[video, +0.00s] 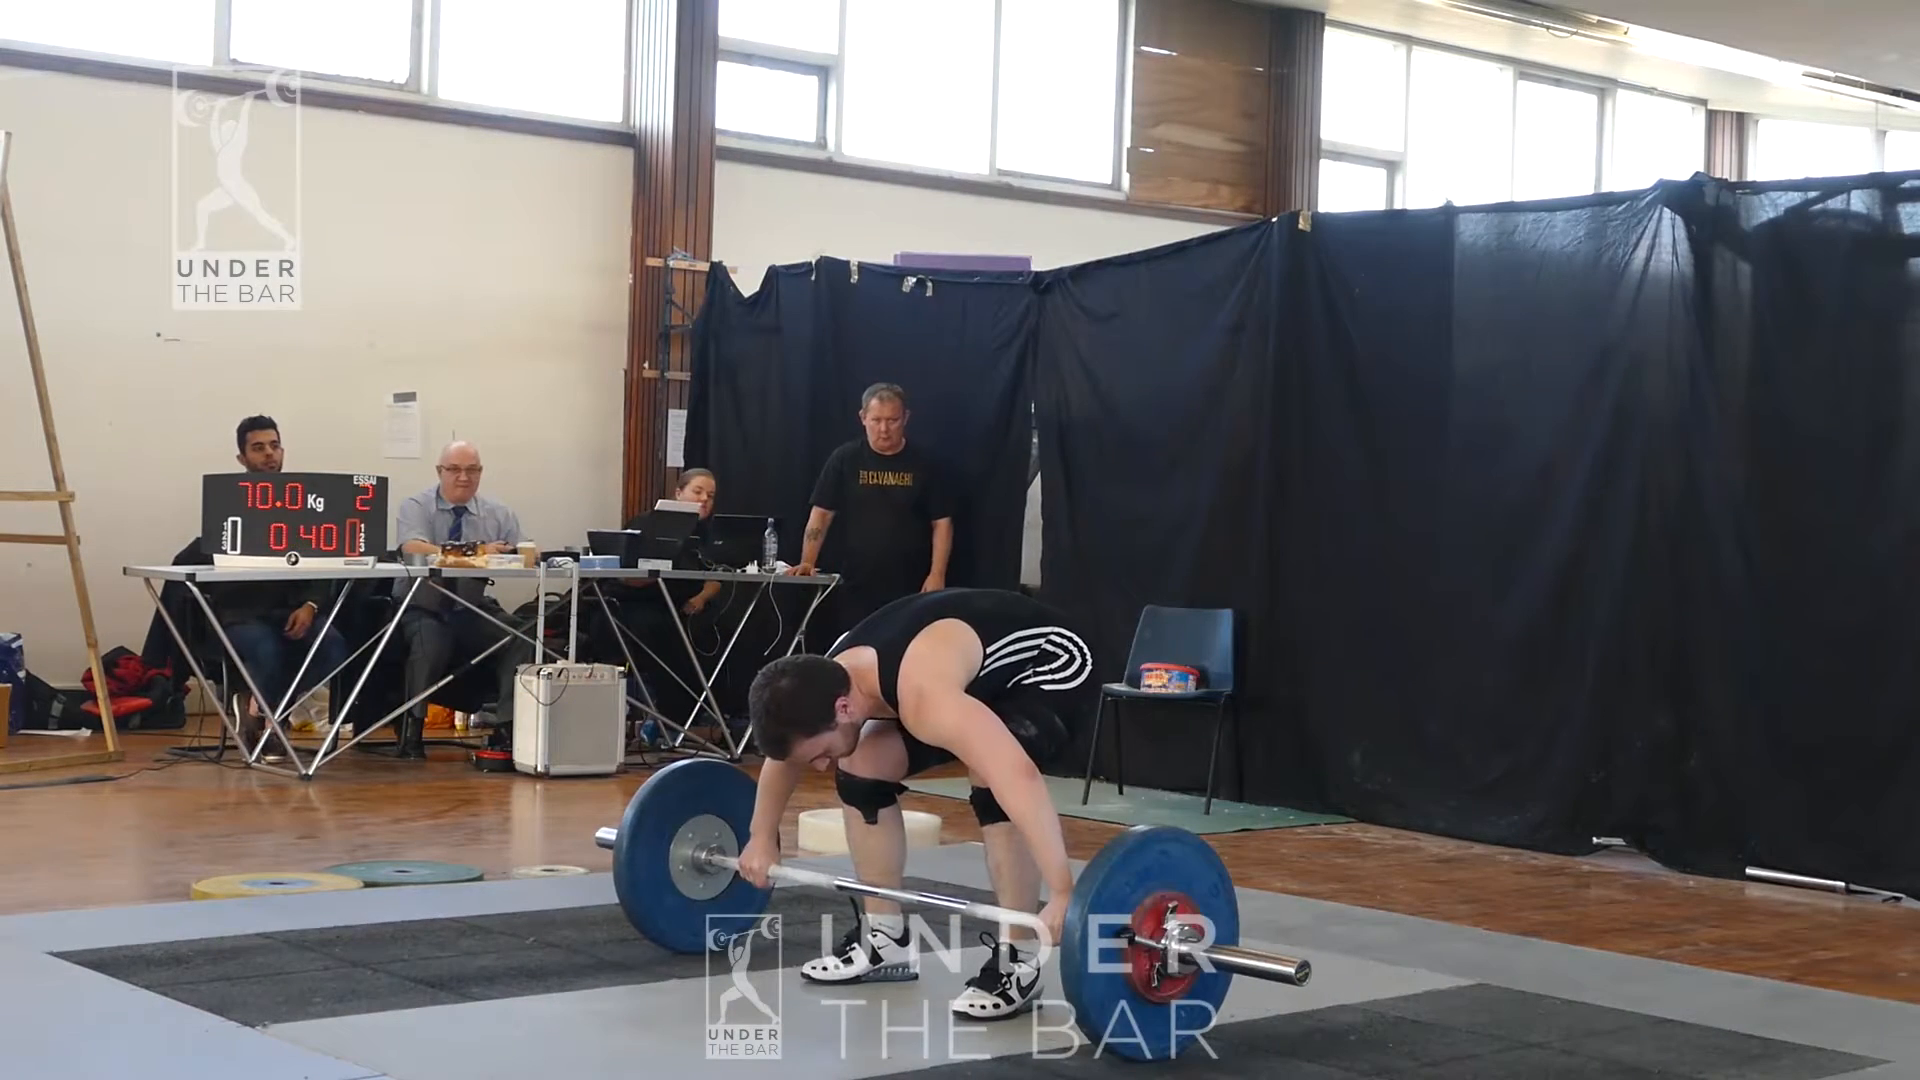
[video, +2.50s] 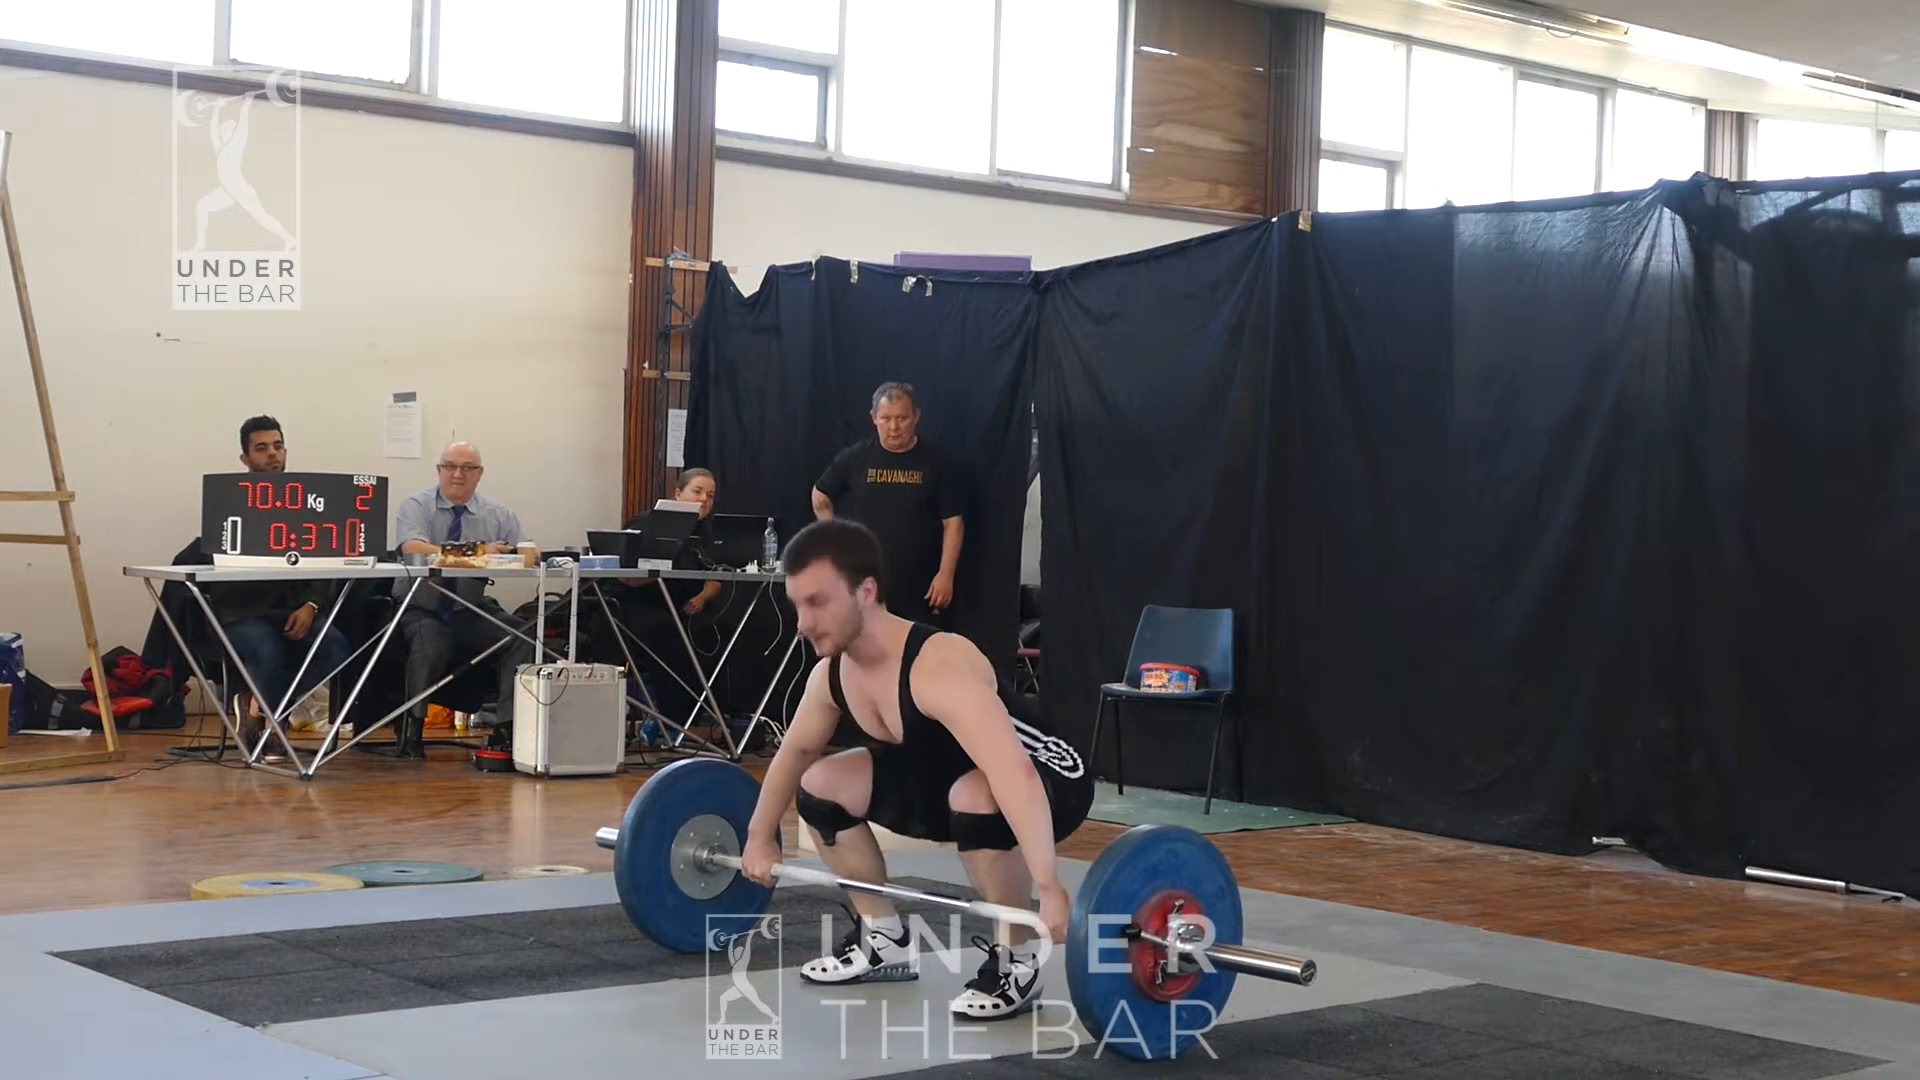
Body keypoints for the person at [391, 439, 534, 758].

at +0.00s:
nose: (463, 477)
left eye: (472, 470)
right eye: (454, 470)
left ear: (481, 473)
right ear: (439, 472)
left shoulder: (500, 514)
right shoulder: (416, 506)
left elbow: (530, 556)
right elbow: (413, 549)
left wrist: (503, 552)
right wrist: (470, 554)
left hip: (475, 608)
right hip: (424, 608)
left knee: (519, 638)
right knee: (430, 643)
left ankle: (507, 730)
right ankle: (412, 732)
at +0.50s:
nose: (463, 477)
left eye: (472, 470)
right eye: (454, 470)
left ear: (481, 474)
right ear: (439, 472)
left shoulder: (500, 514)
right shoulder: (416, 506)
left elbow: (531, 556)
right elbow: (413, 549)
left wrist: (503, 552)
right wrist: (470, 554)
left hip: (475, 609)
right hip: (424, 608)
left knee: (519, 637)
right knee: (430, 643)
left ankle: (507, 730)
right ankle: (412, 733)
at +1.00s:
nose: (453, 475)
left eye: (463, 469)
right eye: (446, 467)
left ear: (479, 475)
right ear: (438, 470)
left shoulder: (500, 514)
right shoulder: (416, 506)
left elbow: (530, 556)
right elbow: (412, 548)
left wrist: (503, 552)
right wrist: (466, 555)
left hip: (475, 608)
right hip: (423, 608)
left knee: (519, 637)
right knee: (430, 643)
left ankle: (507, 731)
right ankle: (412, 734)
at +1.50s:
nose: (453, 474)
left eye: (463, 468)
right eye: (446, 466)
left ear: (479, 474)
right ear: (438, 469)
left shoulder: (499, 514)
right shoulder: (416, 505)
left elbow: (530, 555)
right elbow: (411, 546)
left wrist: (501, 552)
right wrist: (464, 554)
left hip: (475, 608)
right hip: (423, 607)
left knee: (519, 638)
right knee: (430, 643)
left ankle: (507, 731)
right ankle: (412, 734)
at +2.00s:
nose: (453, 474)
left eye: (463, 468)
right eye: (447, 466)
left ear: (479, 474)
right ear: (438, 469)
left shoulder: (499, 514)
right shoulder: (416, 505)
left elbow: (530, 555)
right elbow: (411, 547)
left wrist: (503, 552)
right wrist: (464, 554)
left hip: (475, 608)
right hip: (423, 607)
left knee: (519, 638)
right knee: (430, 643)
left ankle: (507, 731)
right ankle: (412, 734)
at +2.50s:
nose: (457, 474)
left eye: (467, 468)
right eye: (449, 467)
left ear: (480, 474)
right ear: (438, 471)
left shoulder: (500, 515)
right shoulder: (416, 505)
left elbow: (531, 556)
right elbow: (411, 548)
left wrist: (502, 552)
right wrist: (467, 554)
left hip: (474, 609)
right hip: (423, 608)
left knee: (520, 637)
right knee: (431, 644)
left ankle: (508, 730)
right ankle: (412, 733)